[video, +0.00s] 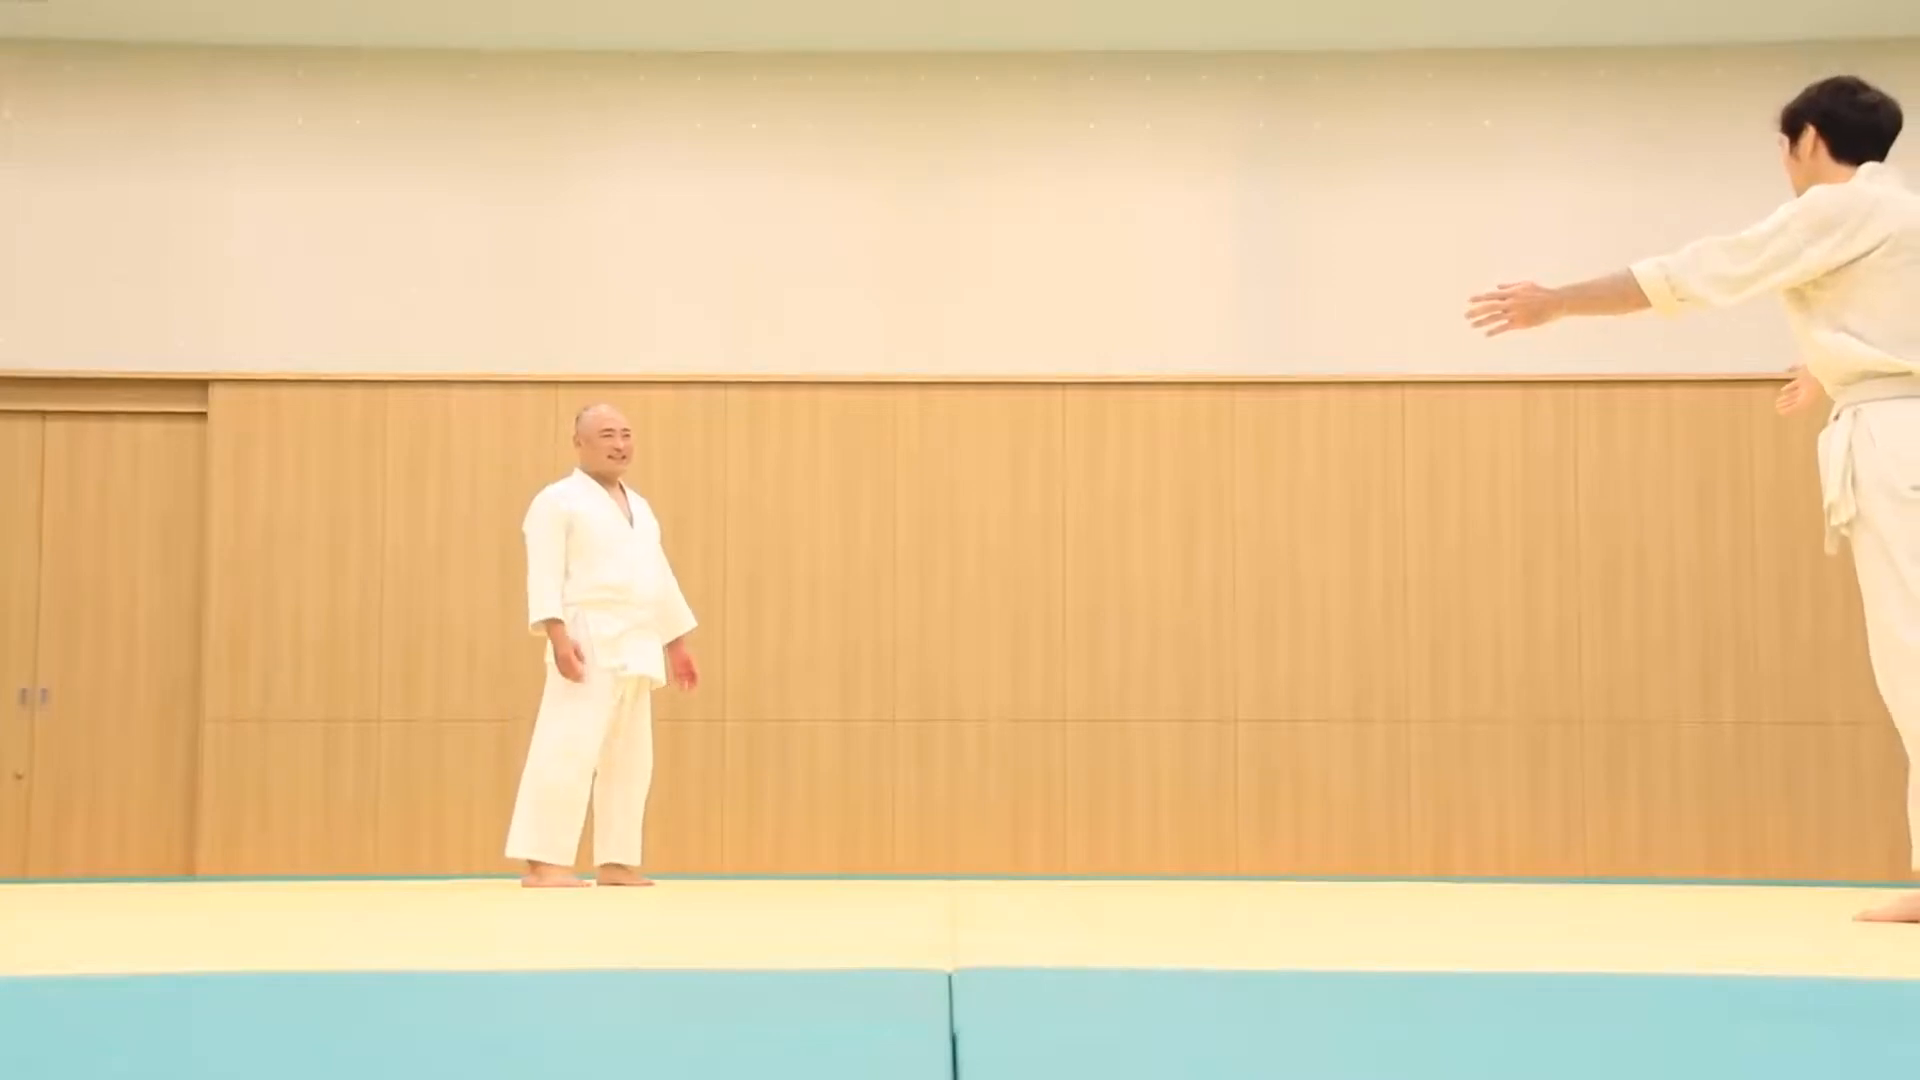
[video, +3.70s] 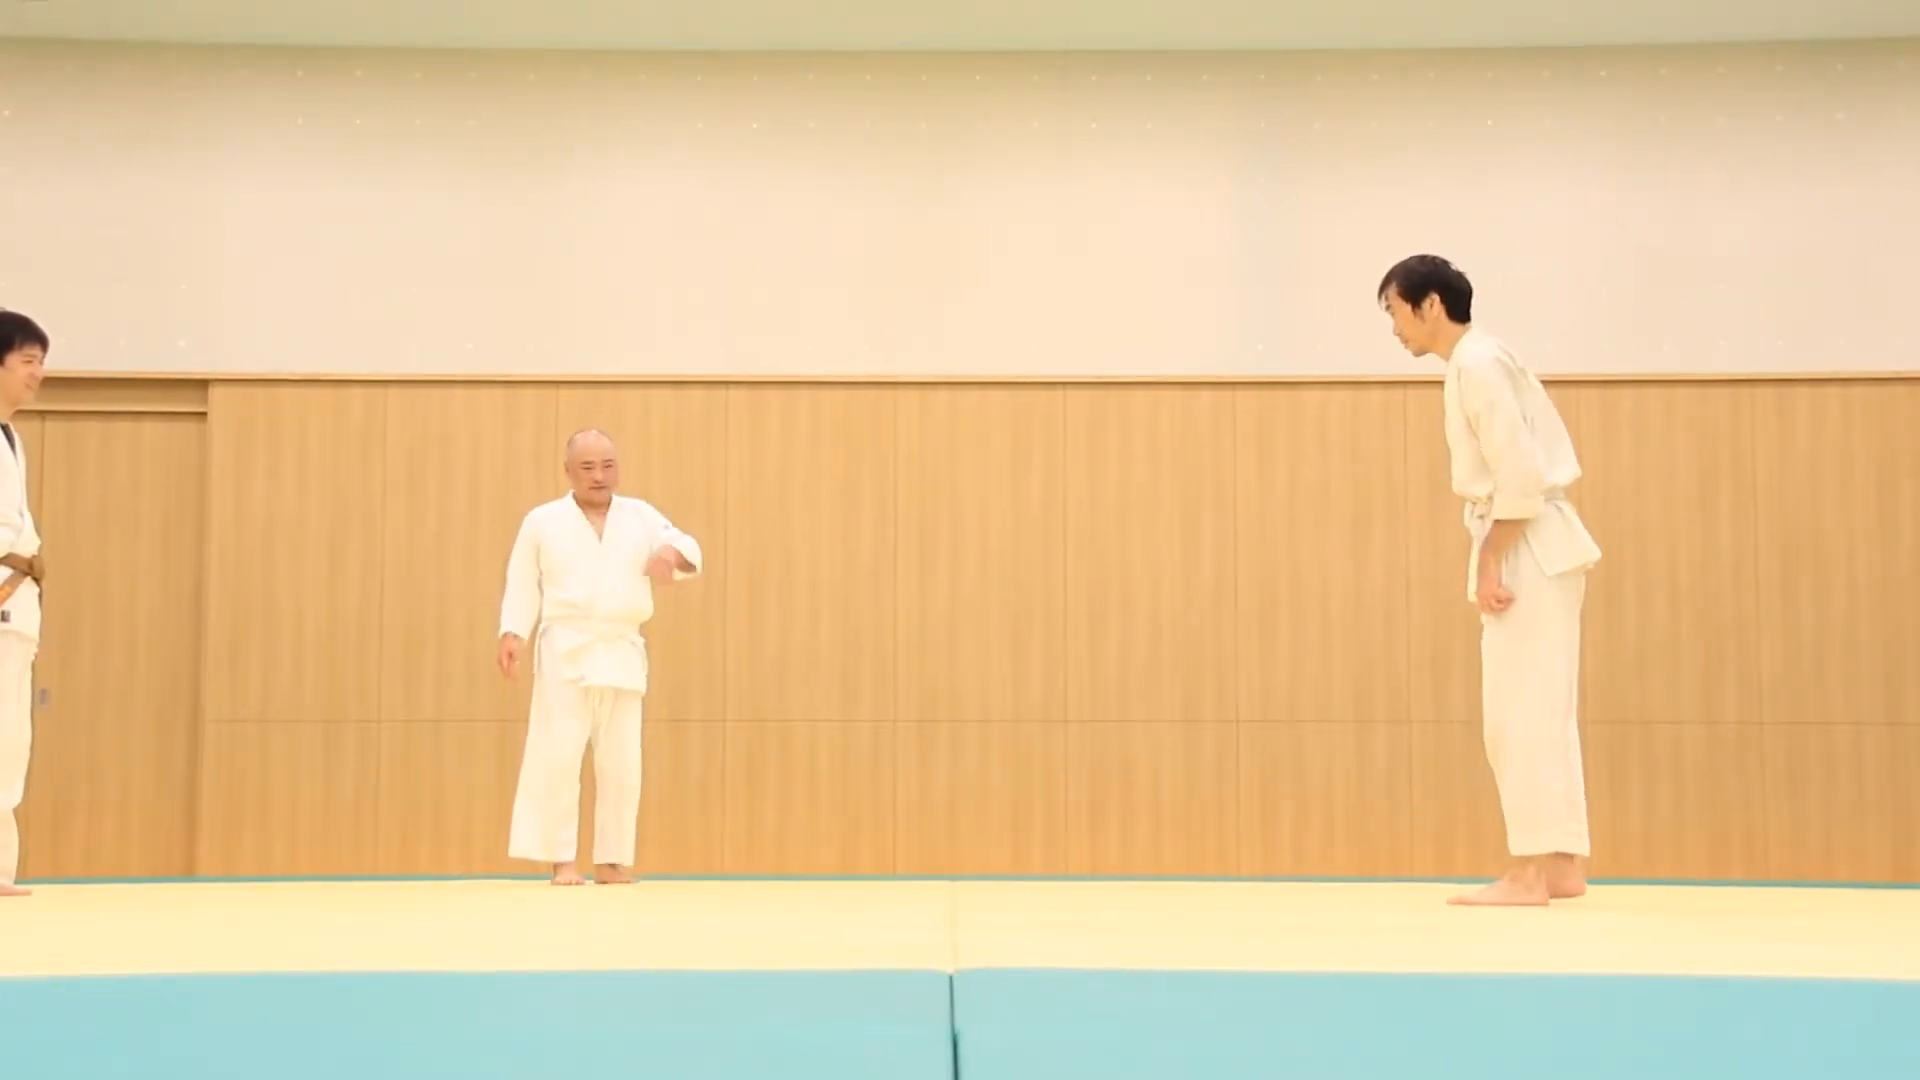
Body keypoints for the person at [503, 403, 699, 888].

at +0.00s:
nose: (620, 443)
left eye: (626, 435)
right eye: (607, 435)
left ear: (633, 444)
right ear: (579, 445)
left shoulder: (638, 505)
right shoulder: (557, 501)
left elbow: (659, 578)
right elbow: (543, 575)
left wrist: (675, 642)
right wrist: (557, 635)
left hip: (637, 651)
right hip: (585, 647)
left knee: (628, 757)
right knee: (565, 753)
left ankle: (616, 862)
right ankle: (543, 863)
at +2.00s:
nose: (639, 450)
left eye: (644, 441)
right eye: (626, 441)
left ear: (650, 449)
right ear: (598, 449)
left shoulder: (660, 509)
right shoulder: (566, 505)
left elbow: (684, 578)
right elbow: (545, 574)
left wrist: (707, 643)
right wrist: (538, 636)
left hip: (639, 648)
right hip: (580, 645)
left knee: (631, 759)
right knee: (568, 752)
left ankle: (617, 865)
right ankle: (553, 860)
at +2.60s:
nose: (609, 465)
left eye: (616, 456)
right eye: (598, 456)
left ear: (624, 463)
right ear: (573, 462)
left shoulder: (640, 516)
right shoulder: (541, 515)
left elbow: (675, 554)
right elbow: (517, 579)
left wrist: (701, 583)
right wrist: (501, 635)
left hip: (621, 650)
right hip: (559, 649)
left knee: (623, 756)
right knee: (559, 757)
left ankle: (616, 861)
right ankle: (562, 864)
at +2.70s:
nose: (603, 470)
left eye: (611, 462)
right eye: (592, 462)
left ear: (619, 468)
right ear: (567, 467)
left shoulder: (635, 514)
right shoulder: (536, 519)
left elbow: (679, 541)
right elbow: (513, 582)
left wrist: (671, 552)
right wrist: (498, 638)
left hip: (615, 650)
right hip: (555, 650)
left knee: (621, 756)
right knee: (557, 758)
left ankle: (615, 861)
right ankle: (561, 866)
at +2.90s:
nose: (597, 471)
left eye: (605, 462)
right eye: (586, 462)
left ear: (615, 467)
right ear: (563, 465)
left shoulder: (625, 511)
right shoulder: (532, 515)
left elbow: (657, 518)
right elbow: (507, 582)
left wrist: (612, 503)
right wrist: (490, 646)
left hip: (613, 647)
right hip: (553, 647)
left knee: (620, 754)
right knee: (555, 755)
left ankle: (610, 859)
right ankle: (562, 862)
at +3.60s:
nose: (601, 475)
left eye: (610, 466)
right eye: (590, 466)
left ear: (619, 470)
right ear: (568, 471)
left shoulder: (634, 512)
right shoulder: (541, 521)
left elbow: (683, 540)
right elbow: (522, 584)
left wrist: (650, 525)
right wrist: (512, 636)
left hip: (622, 651)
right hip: (565, 651)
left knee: (619, 758)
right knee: (562, 755)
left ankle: (610, 862)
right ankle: (564, 863)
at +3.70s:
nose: (599, 475)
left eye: (607, 465)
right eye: (587, 466)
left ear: (618, 468)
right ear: (568, 471)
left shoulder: (640, 515)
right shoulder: (542, 522)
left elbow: (689, 548)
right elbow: (522, 582)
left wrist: (673, 556)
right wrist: (512, 632)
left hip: (622, 651)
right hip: (564, 650)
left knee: (621, 759)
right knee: (561, 756)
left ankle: (612, 862)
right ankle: (564, 862)